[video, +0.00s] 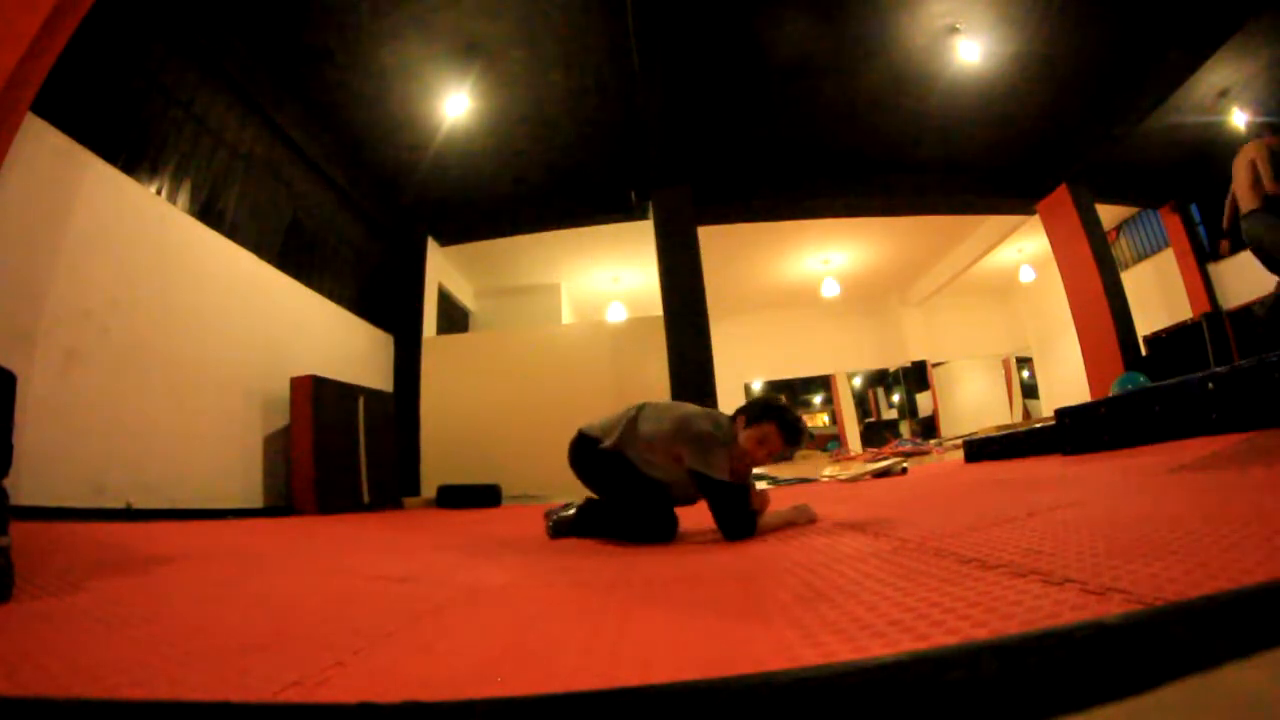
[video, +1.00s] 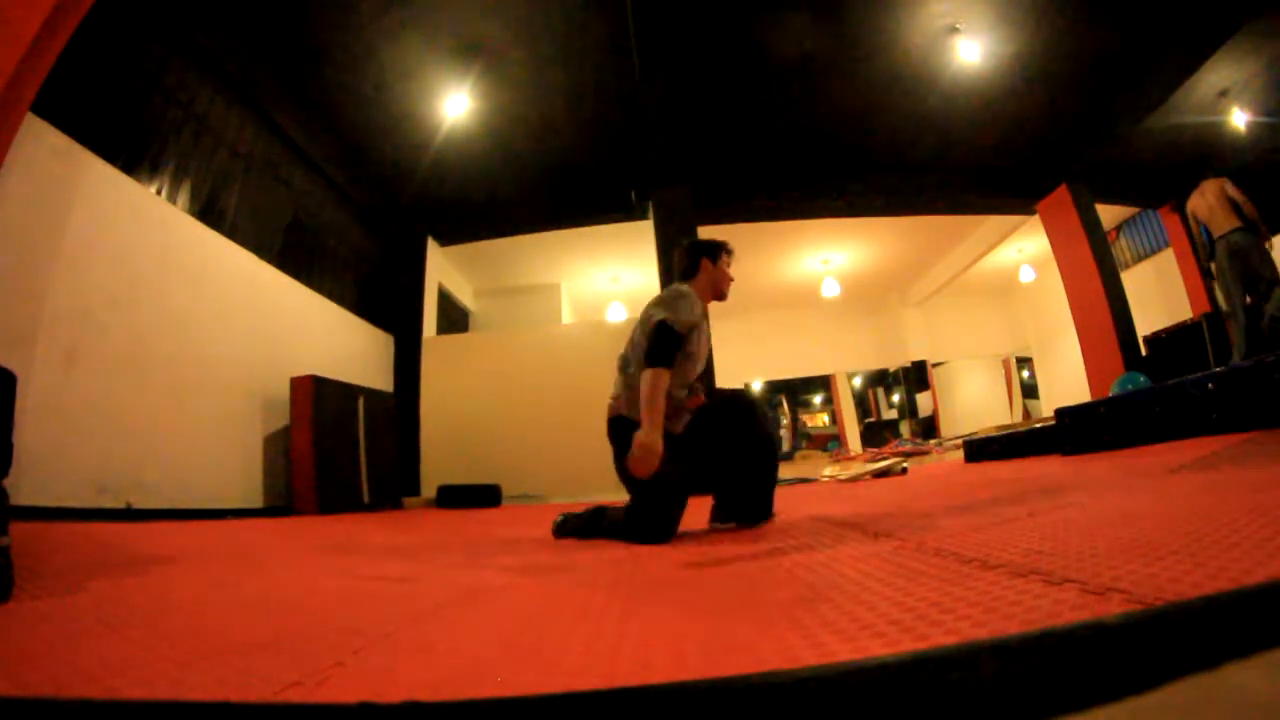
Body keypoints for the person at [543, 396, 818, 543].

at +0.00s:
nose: (760, 458)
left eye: (772, 455)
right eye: (761, 443)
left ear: (775, 458)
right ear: (743, 422)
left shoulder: (727, 442)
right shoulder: (710, 438)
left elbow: (733, 511)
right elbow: (736, 529)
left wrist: (750, 504)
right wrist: (789, 518)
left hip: (622, 454)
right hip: (594, 452)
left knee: (664, 514)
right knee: (659, 527)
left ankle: (586, 510)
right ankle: (575, 521)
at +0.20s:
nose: (774, 446)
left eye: (782, 440)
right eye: (771, 432)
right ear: (743, 417)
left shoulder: (721, 431)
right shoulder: (714, 433)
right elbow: (735, 528)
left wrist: (749, 507)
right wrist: (788, 518)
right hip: (585, 442)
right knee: (658, 527)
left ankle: (581, 505)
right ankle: (576, 513)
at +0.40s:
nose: (782, 400)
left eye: (786, 390)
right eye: (781, 388)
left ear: (744, 376)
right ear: (748, 377)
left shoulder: (712, 385)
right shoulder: (715, 406)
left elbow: (700, 484)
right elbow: (730, 507)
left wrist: (772, 516)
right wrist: (783, 518)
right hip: (587, 436)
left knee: (654, 517)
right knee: (659, 529)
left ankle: (582, 499)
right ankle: (576, 511)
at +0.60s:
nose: (767, 326)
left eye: (768, 315)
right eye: (763, 314)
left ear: (732, 314)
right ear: (733, 312)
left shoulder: (697, 335)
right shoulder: (701, 354)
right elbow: (730, 448)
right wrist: (782, 496)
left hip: (630, 426)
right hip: (597, 428)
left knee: (662, 472)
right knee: (659, 527)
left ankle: (593, 503)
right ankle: (576, 508)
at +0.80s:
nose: (744, 288)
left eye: (743, 278)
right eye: (739, 277)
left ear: (714, 278)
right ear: (714, 277)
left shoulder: (693, 316)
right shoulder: (688, 319)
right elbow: (701, 418)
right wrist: (740, 495)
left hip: (649, 423)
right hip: (609, 424)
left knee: (715, 410)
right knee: (658, 527)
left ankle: (693, 501)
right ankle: (587, 514)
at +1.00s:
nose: (732, 276)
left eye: (731, 267)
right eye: (727, 266)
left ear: (706, 268)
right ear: (707, 266)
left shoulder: (694, 309)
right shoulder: (680, 301)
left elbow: (684, 382)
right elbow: (656, 367)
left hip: (674, 425)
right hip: (640, 426)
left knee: (740, 411)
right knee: (656, 525)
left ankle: (735, 509)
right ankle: (585, 522)